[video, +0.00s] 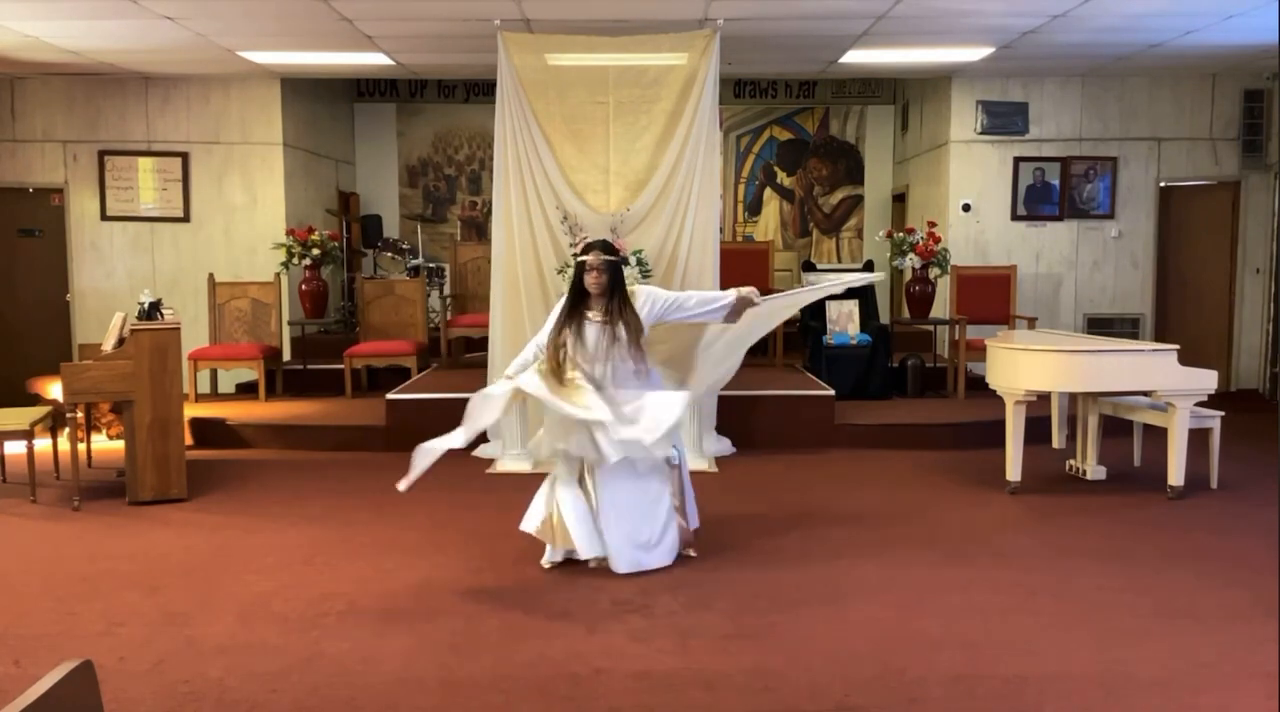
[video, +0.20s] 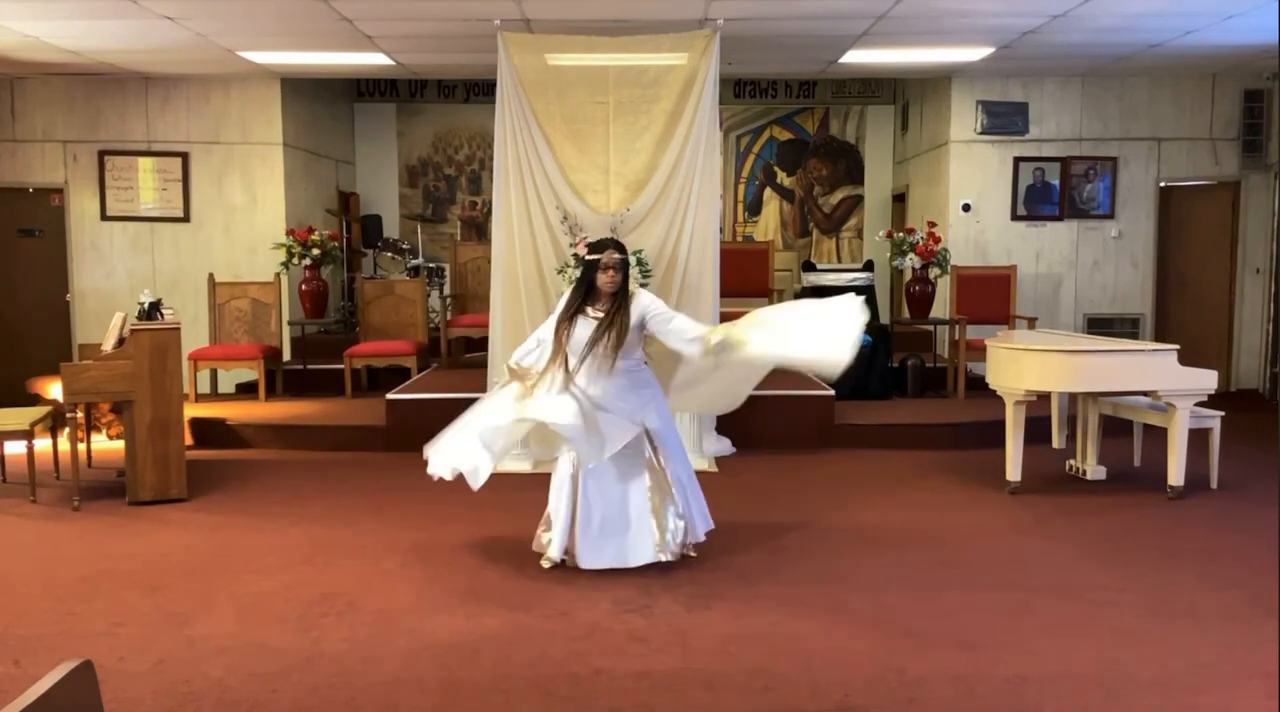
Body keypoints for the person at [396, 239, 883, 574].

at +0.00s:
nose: (594, 275)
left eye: (602, 268)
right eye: (588, 269)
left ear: (616, 271)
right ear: (578, 274)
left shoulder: (638, 301)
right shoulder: (570, 315)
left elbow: (686, 303)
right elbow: (534, 354)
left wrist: (733, 296)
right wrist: (503, 387)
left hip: (638, 397)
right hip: (589, 402)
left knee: (643, 466)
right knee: (580, 468)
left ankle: (645, 542)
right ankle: (580, 545)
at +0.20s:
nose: (610, 276)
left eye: (616, 269)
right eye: (603, 269)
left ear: (625, 273)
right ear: (589, 273)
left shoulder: (638, 304)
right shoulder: (572, 309)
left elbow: (680, 328)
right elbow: (542, 343)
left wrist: (721, 335)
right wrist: (523, 368)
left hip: (632, 391)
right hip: (583, 395)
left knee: (652, 459)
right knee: (574, 462)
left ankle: (661, 539)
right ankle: (565, 542)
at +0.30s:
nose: (618, 275)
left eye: (624, 268)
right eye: (611, 268)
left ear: (632, 270)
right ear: (596, 269)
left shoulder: (640, 304)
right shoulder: (575, 300)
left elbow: (660, 339)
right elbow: (539, 331)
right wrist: (515, 350)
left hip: (631, 396)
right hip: (582, 397)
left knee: (646, 466)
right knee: (579, 467)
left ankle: (652, 542)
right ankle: (570, 544)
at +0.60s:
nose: (632, 270)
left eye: (638, 262)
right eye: (624, 262)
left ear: (647, 264)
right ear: (609, 263)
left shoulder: (654, 301)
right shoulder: (586, 290)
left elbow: (682, 343)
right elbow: (545, 301)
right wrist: (498, 304)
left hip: (627, 389)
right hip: (576, 386)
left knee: (653, 451)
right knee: (564, 457)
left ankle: (666, 537)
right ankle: (555, 542)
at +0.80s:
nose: (646, 267)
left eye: (651, 259)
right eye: (638, 260)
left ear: (659, 263)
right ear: (622, 264)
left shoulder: (668, 301)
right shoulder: (607, 298)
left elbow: (700, 335)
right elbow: (585, 344)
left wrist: (732, 355)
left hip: (652, 397)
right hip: (604, 397)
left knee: (666, 462)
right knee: (585, 467)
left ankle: (663, 539)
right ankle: (559, 543)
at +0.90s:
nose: (653, 268)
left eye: (658, 260)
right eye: (645, 261)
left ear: (666, 262)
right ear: (630, 263)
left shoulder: (676, 296)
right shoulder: (618, 297)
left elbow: (708, 325)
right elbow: (612, 338)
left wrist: (740, 342)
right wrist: (637, 371)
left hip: (665, 396)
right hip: (616, 393)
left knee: (667, 466)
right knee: (592, 464)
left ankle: (664, 538)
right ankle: (559, 540)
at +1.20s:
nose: (662, 272)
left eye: (669, 265)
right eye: (656, 265)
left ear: (679, 267)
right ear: (643, 267)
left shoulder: (693, 298)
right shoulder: (627, 299)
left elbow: (731, 319)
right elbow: (612, 341)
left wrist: (775, 331)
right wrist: (635, 368)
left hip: (689, 384)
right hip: (640, 385)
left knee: (699, 452)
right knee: (641, 457)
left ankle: (708, 524)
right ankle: (612, 545)